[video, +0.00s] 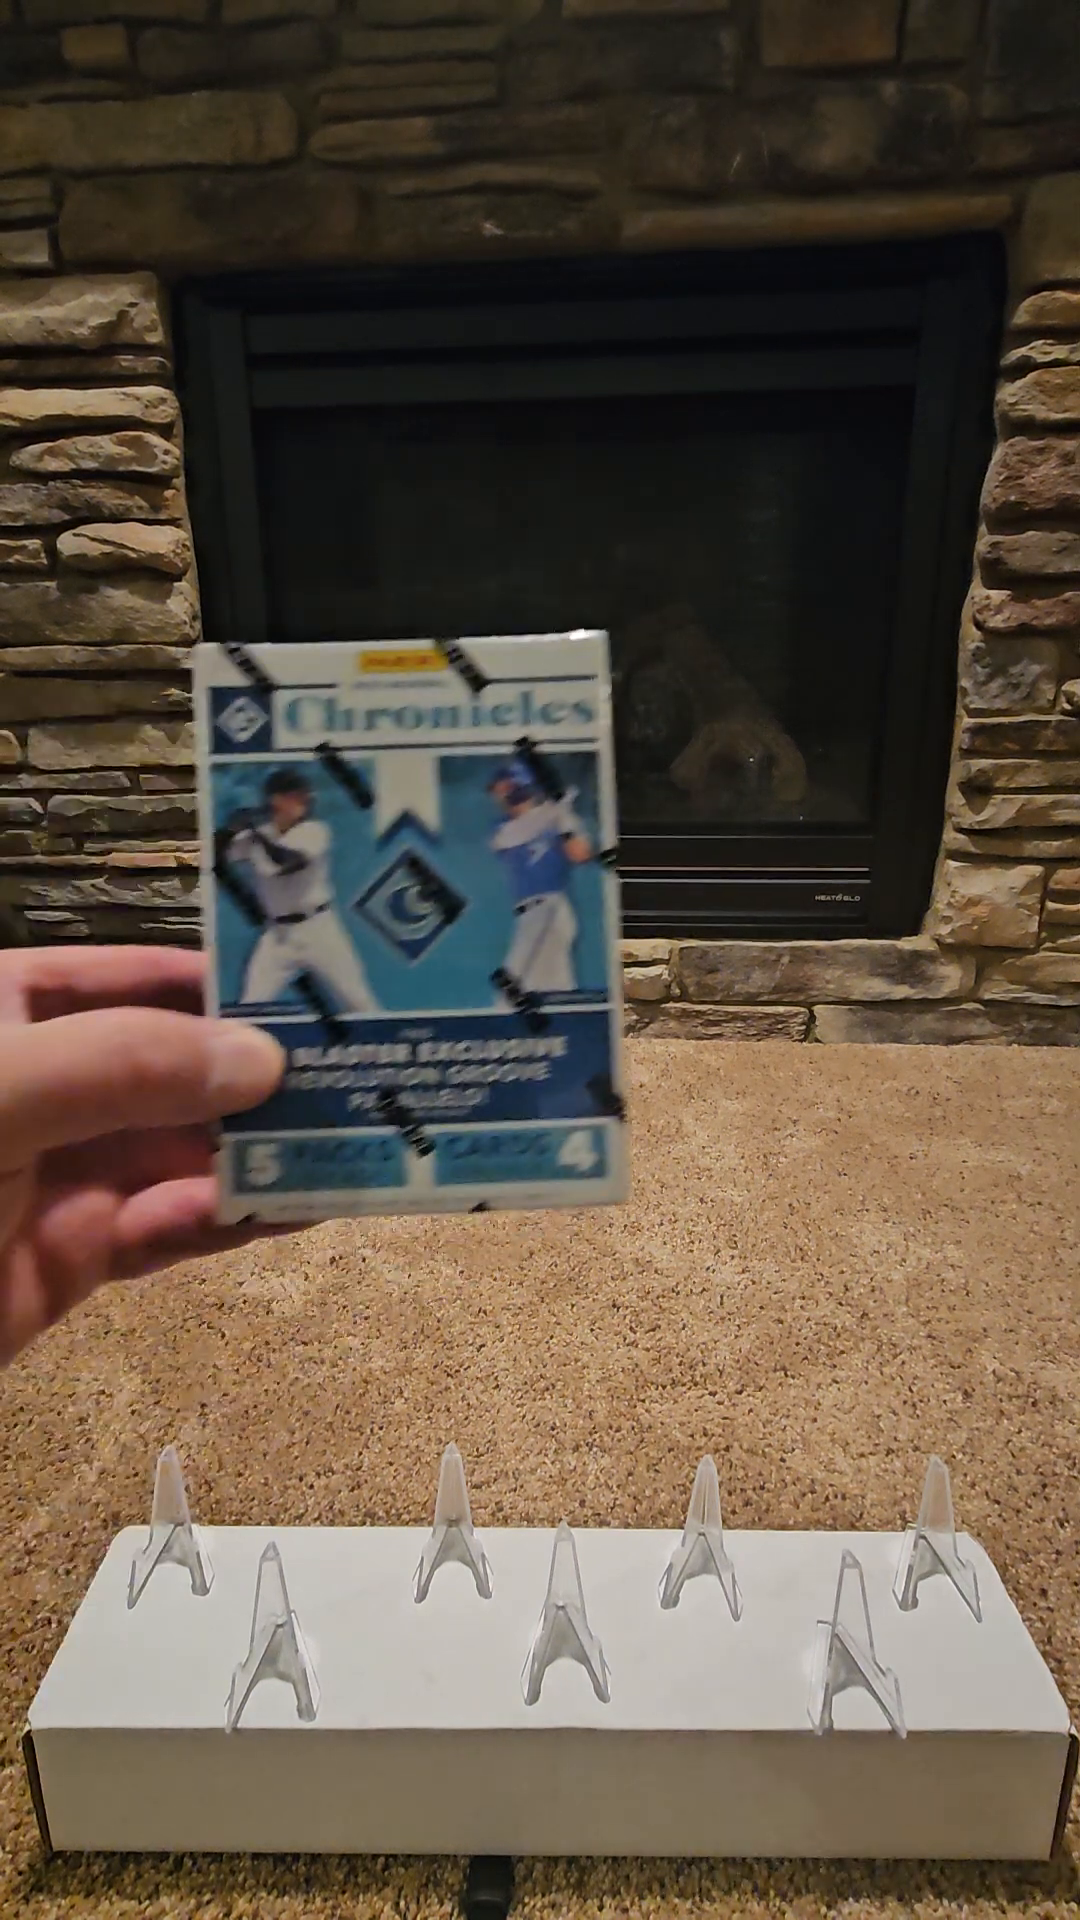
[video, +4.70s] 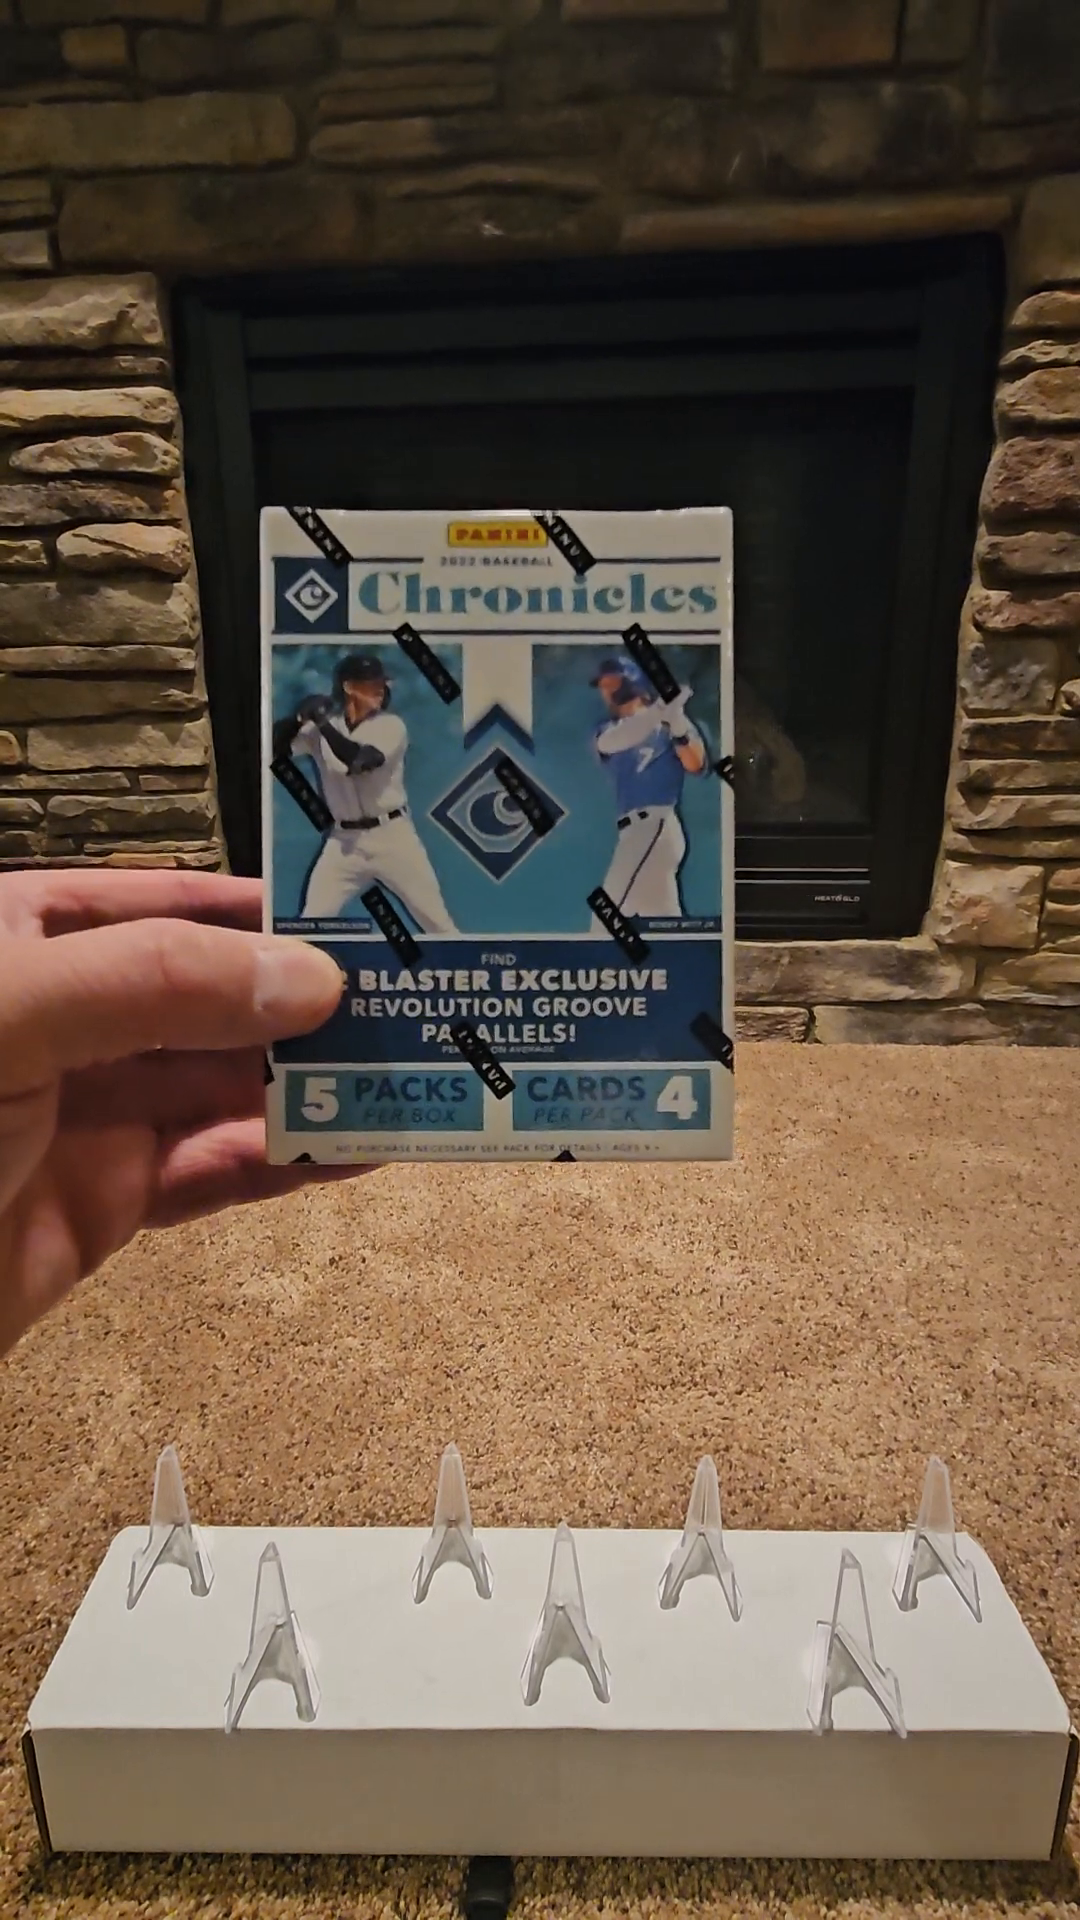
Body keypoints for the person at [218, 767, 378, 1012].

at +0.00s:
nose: (303, 803)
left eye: (304, 797)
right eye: (295, 797)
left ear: (306, 801)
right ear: (275, 800)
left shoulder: (315, 831)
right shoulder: (256, 838)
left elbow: (286, 862)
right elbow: (218, 856)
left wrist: (255, 834)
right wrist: (231, 831)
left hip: (319, 930)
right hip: (277, 934)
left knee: (358, 1001)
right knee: (252, 1009)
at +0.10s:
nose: (366, 779)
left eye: (366, 773)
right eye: (357, 774)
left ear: (369, 777)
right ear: (338, 777)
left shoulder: (376, 808)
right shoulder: (316, 816)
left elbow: (347, 840)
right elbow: (278, 832)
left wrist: (318, 807)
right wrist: (294, 807)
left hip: (381, 907)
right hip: (338, 911)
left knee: (417, 977)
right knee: (312, 985)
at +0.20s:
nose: (394, 761)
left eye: (396, 756)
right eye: (386, 756)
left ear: (399, 758)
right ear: (367, 759)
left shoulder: (405, 792)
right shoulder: (343, 798)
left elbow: (376, 824)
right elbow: (305, 816)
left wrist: (345, 790)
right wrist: (324, 788)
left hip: (409, 891)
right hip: (366, 895)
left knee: (447, 963)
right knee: (339, 970)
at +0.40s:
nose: (385, 726)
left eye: (387, 720)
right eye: (377, 721)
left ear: (391, 724)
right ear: (358, 726)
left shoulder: (397, 759)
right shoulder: (333, 765)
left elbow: (370, 792)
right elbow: (293, 781)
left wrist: (335, 757)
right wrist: (315, 754)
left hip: (401, 860)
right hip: (358, 864)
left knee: (441, 934)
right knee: (332, 939)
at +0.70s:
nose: (388, 691)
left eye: (389, 685)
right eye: (379, 686)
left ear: (394, 690)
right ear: (359, 692)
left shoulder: (400, 728)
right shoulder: (333, 734)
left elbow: (370, 763)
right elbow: (292, 752)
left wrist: (335, 726)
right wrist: (313, 723)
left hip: (405, 834)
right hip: (359, 839)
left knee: (445, 913)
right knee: (330, 918)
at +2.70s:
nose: (390, 685)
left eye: (391, 678)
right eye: (381, 678)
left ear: (393, 683)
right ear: (358, 683)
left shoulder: (399, 722)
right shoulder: (328, 726)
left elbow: (367, 756)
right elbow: (283, 740)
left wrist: (330, 717)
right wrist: (307, 713)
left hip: (400, 834)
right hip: (351, 837)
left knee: (441, 918)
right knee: (319, 921)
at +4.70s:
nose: (381, 687)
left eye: (382, 681)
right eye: (372, 681)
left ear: (385, 687)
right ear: (349, 688)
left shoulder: (391, 726)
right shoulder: (319, 731)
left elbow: (358, 762)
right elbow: (274, 750)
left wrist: (322, 722)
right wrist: (298, 719)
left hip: (393, 838)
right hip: (343, 842)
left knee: (438, 923)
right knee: (312, 926)